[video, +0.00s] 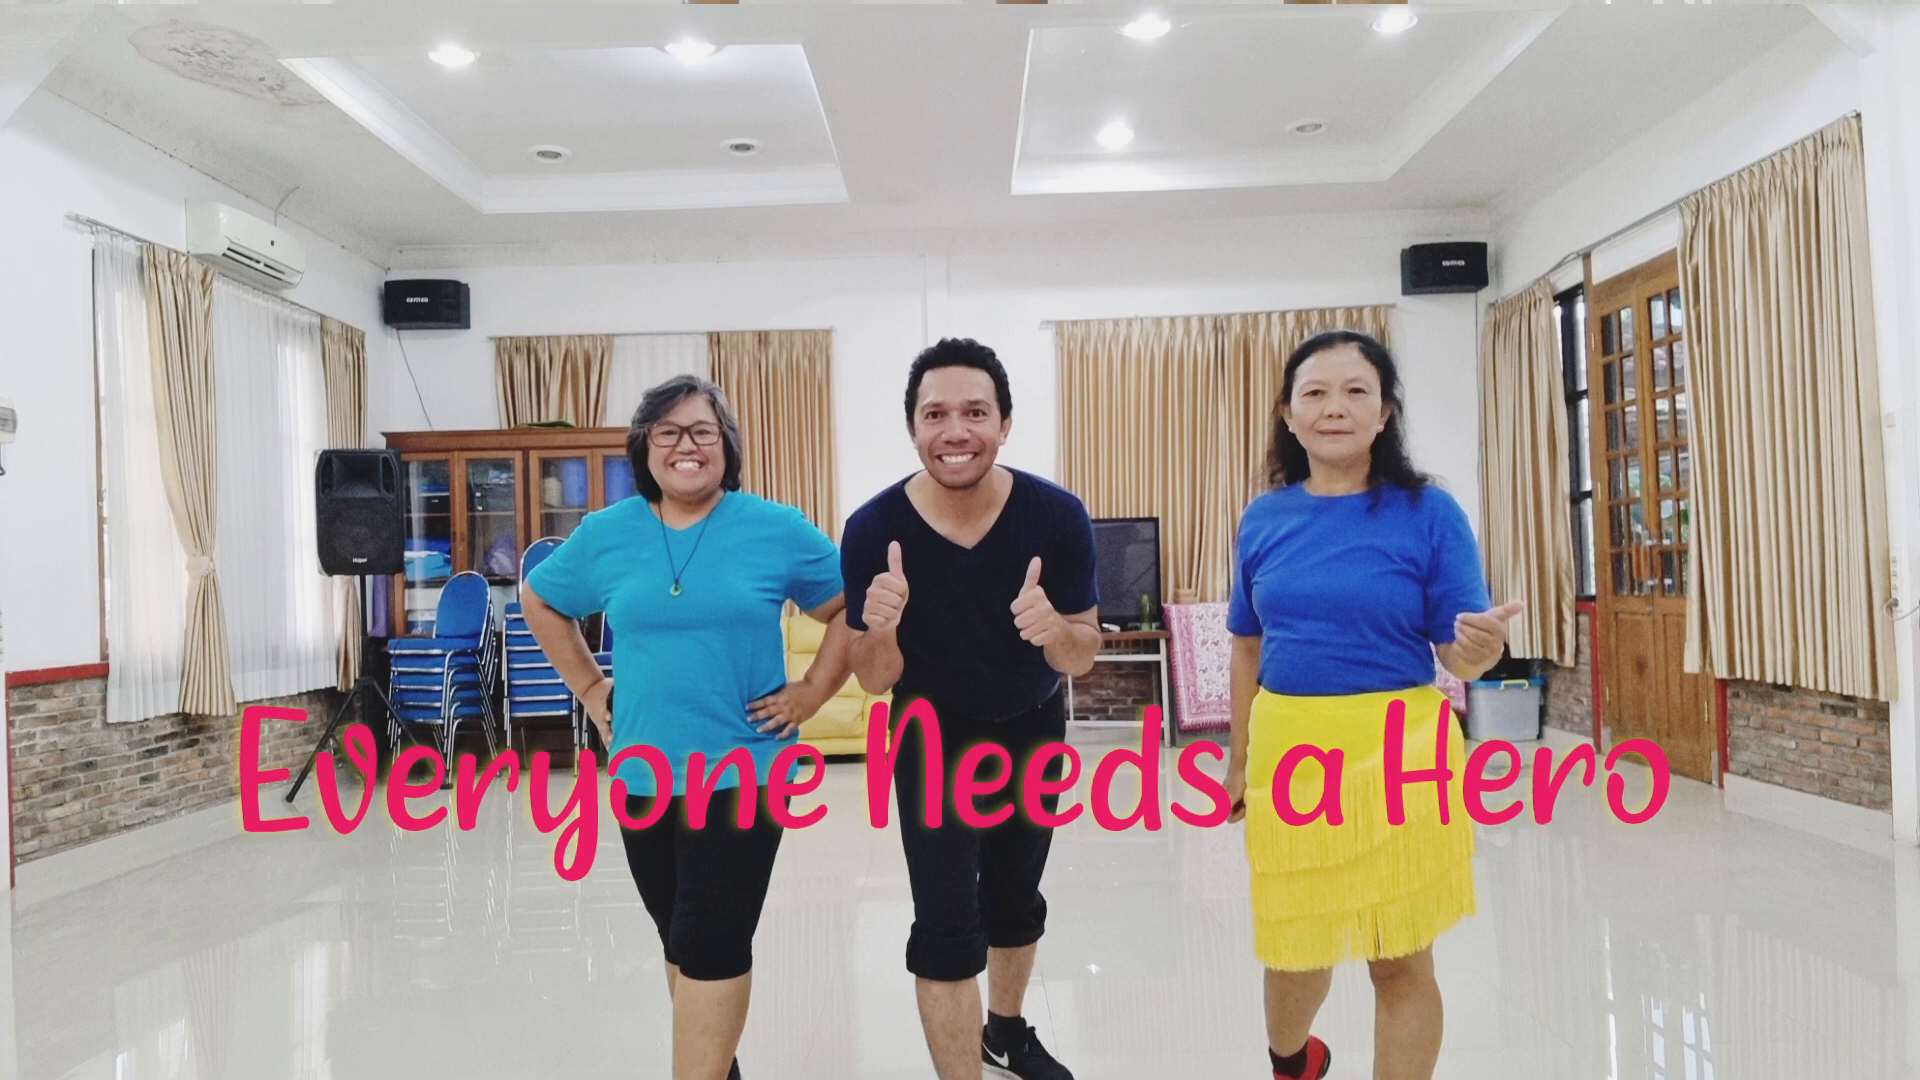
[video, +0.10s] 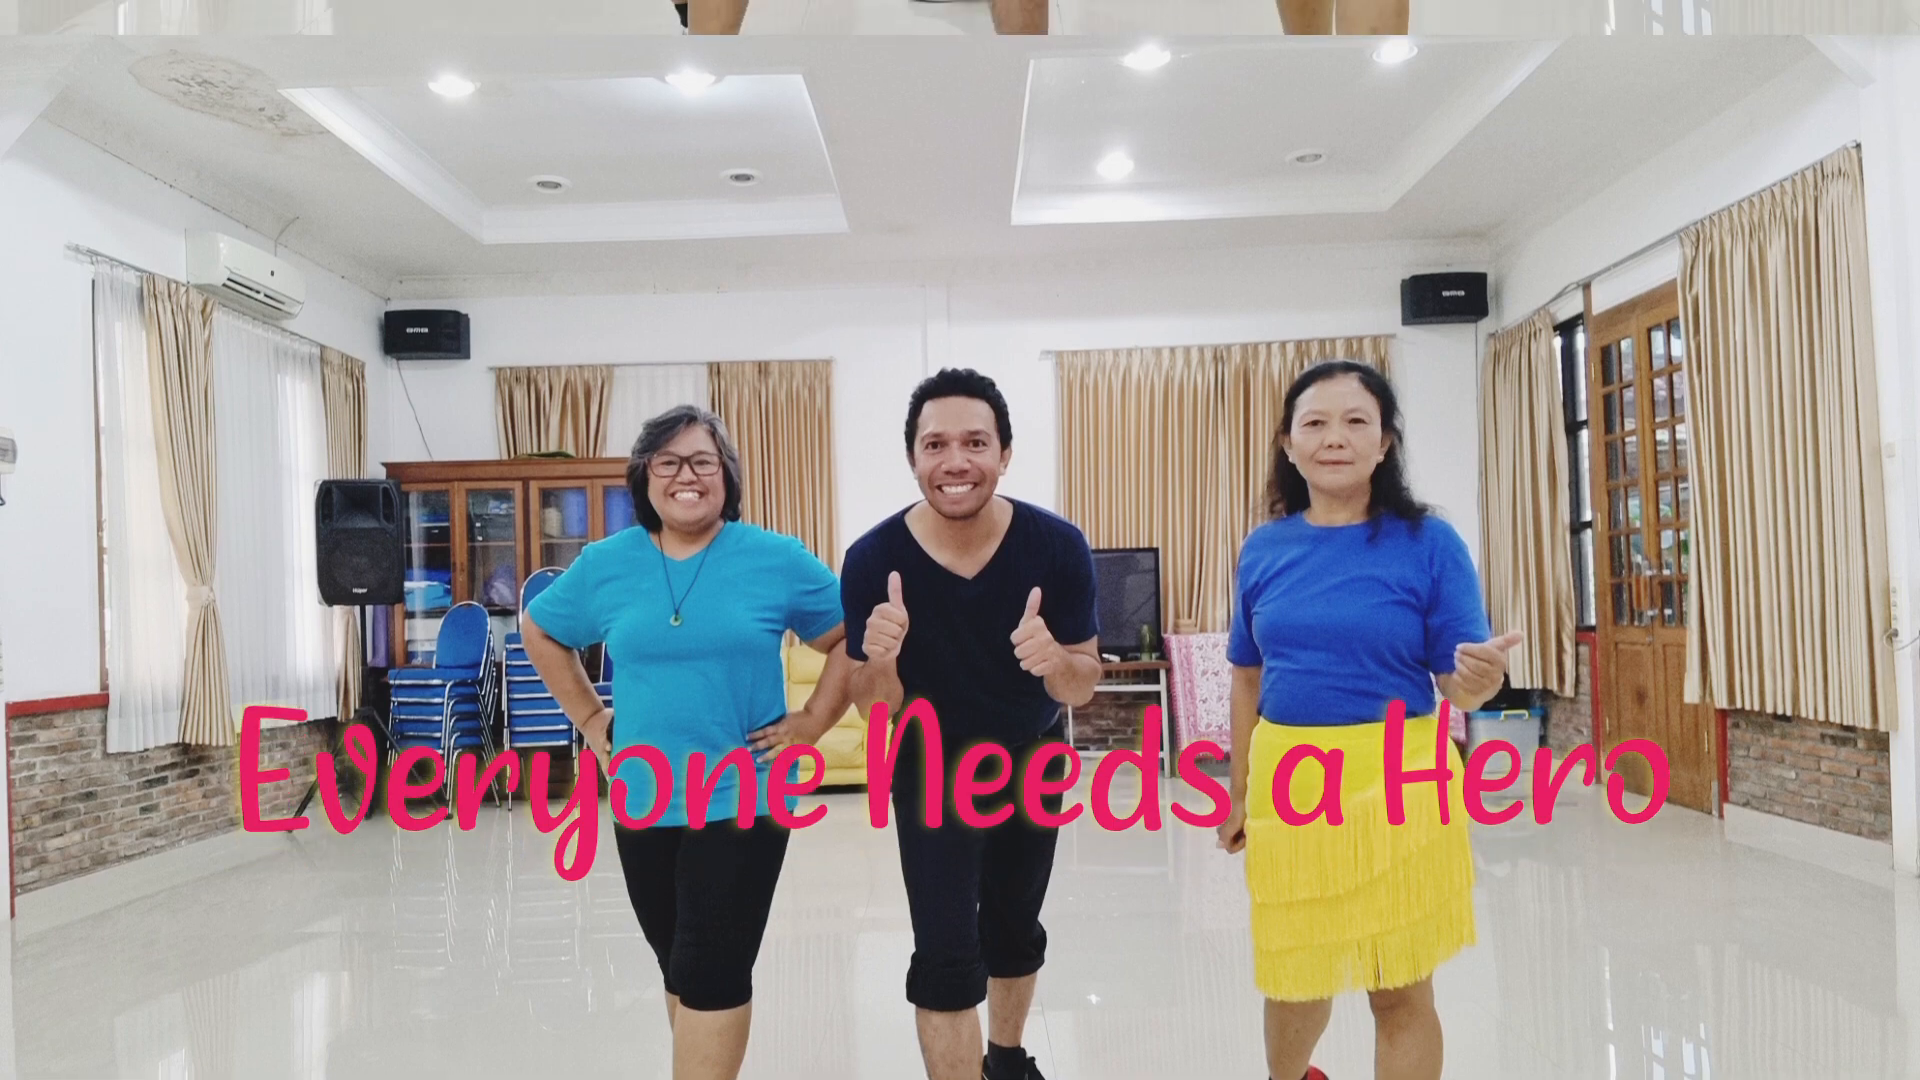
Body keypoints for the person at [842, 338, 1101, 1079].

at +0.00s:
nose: (955, 430)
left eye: (974, 412)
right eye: (936, 414)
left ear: (1004, 425)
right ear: (913, 428)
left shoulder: (1059, 518)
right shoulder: (872, 531)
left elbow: (1081, 657)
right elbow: (875, 677)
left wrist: (1055, 630)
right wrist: (879, 631)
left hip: (1030, 728)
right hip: (929, 732)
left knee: (1015, 901)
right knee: (949, 928)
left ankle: (1006, 1031)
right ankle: (959, 1077)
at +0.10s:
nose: (955, 462)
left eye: (974, 443)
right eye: (936, 444)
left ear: (1004, 455)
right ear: (913, 459)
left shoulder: (1057, 547)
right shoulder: (872, 561)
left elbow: (1082, 689)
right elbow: (872, 699)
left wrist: (1053, 662)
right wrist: (879, 662)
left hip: (1029, 765)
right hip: (932, 768)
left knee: (1013, 931)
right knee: (947, 957)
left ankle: (1007, 1059)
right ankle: (956, 1079)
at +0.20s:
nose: (955, 544)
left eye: (975, 525)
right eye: (936, 528)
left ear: (1004, 537)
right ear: (912, 542)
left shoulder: (1056, 629)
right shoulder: (873, 641)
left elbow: (1088, 753)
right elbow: (872, 786)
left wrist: (1054, 742)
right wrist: (885, 733)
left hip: (1029, 855)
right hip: (930, 856)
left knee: (1014, 1027)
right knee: (948, 1040)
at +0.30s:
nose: (955, 705)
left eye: (976, 685)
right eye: (935, 687)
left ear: (1005, 698)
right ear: (913, 701)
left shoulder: (1049, 781)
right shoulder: (873, 800)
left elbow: (1081, 930)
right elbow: (875, 952)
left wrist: (1055, 902)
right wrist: (880, 904)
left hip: (1028, 999)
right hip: (929, 1001)